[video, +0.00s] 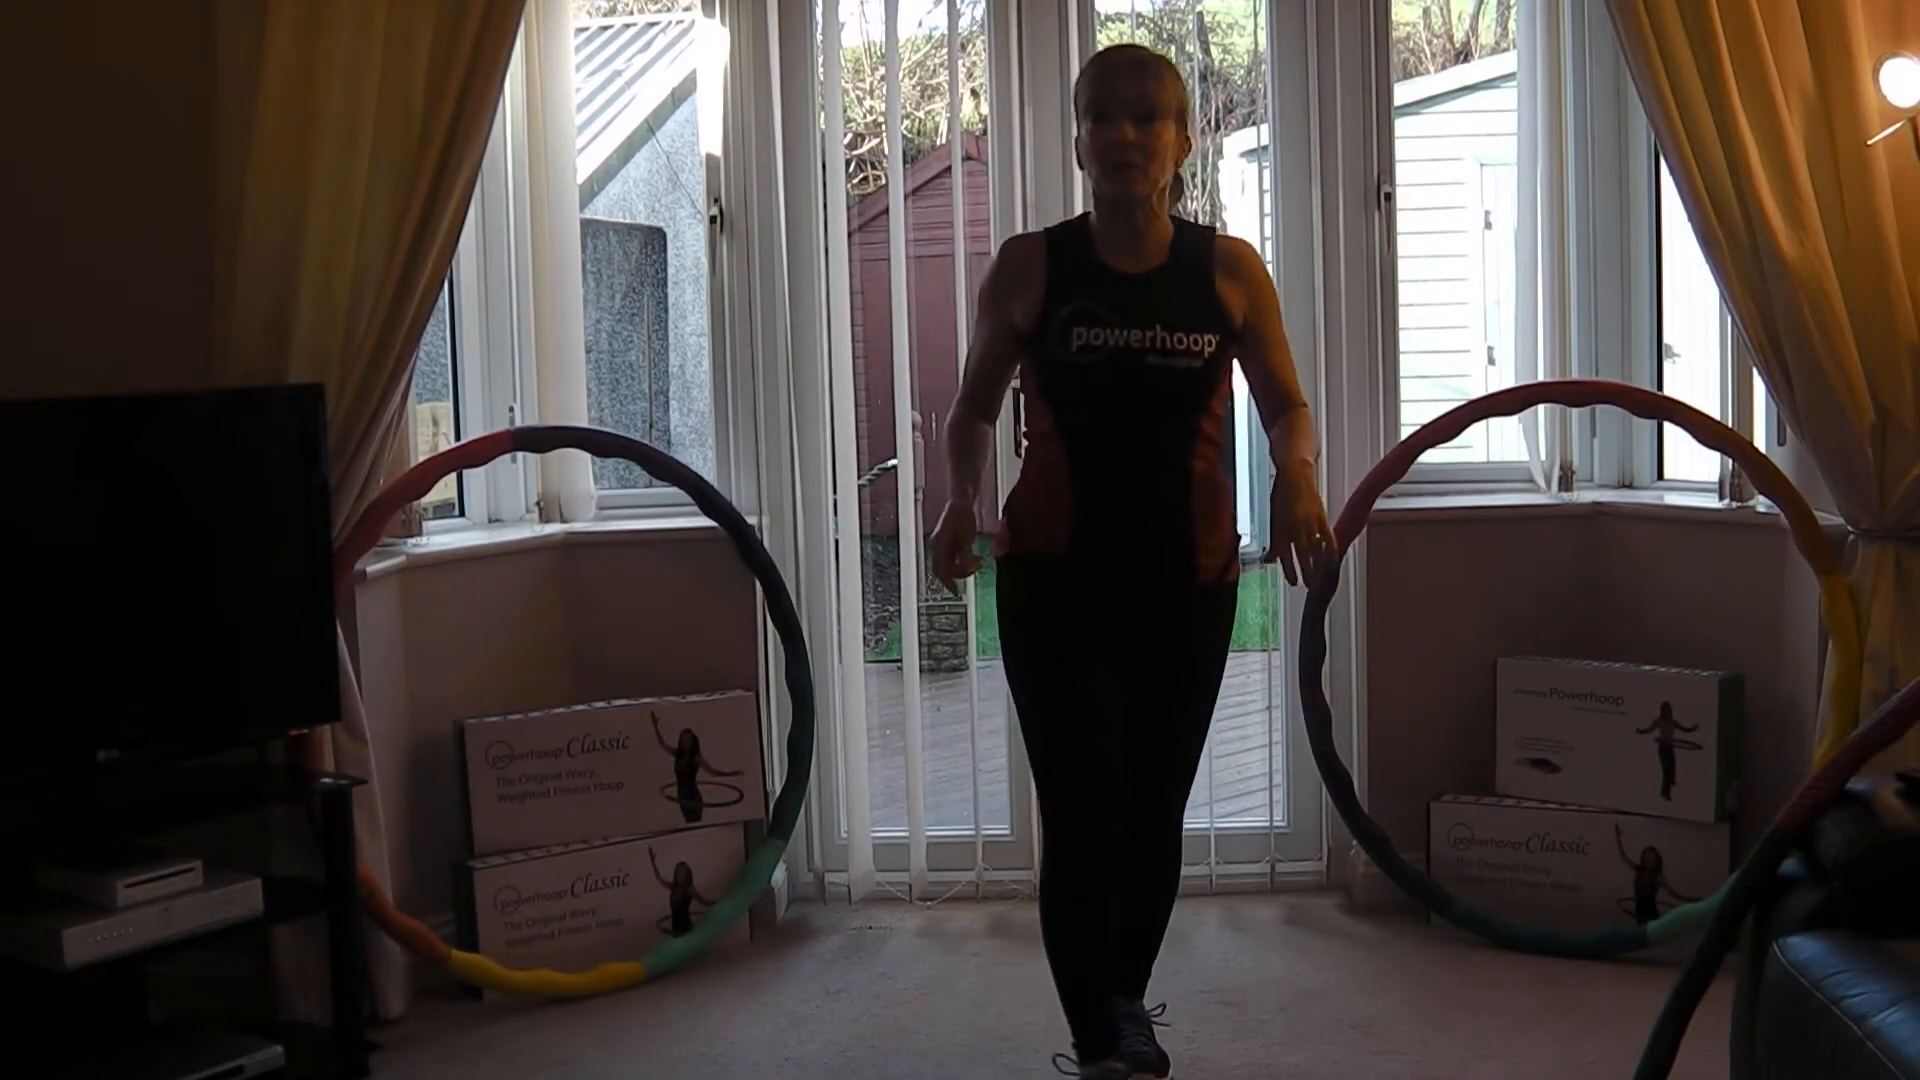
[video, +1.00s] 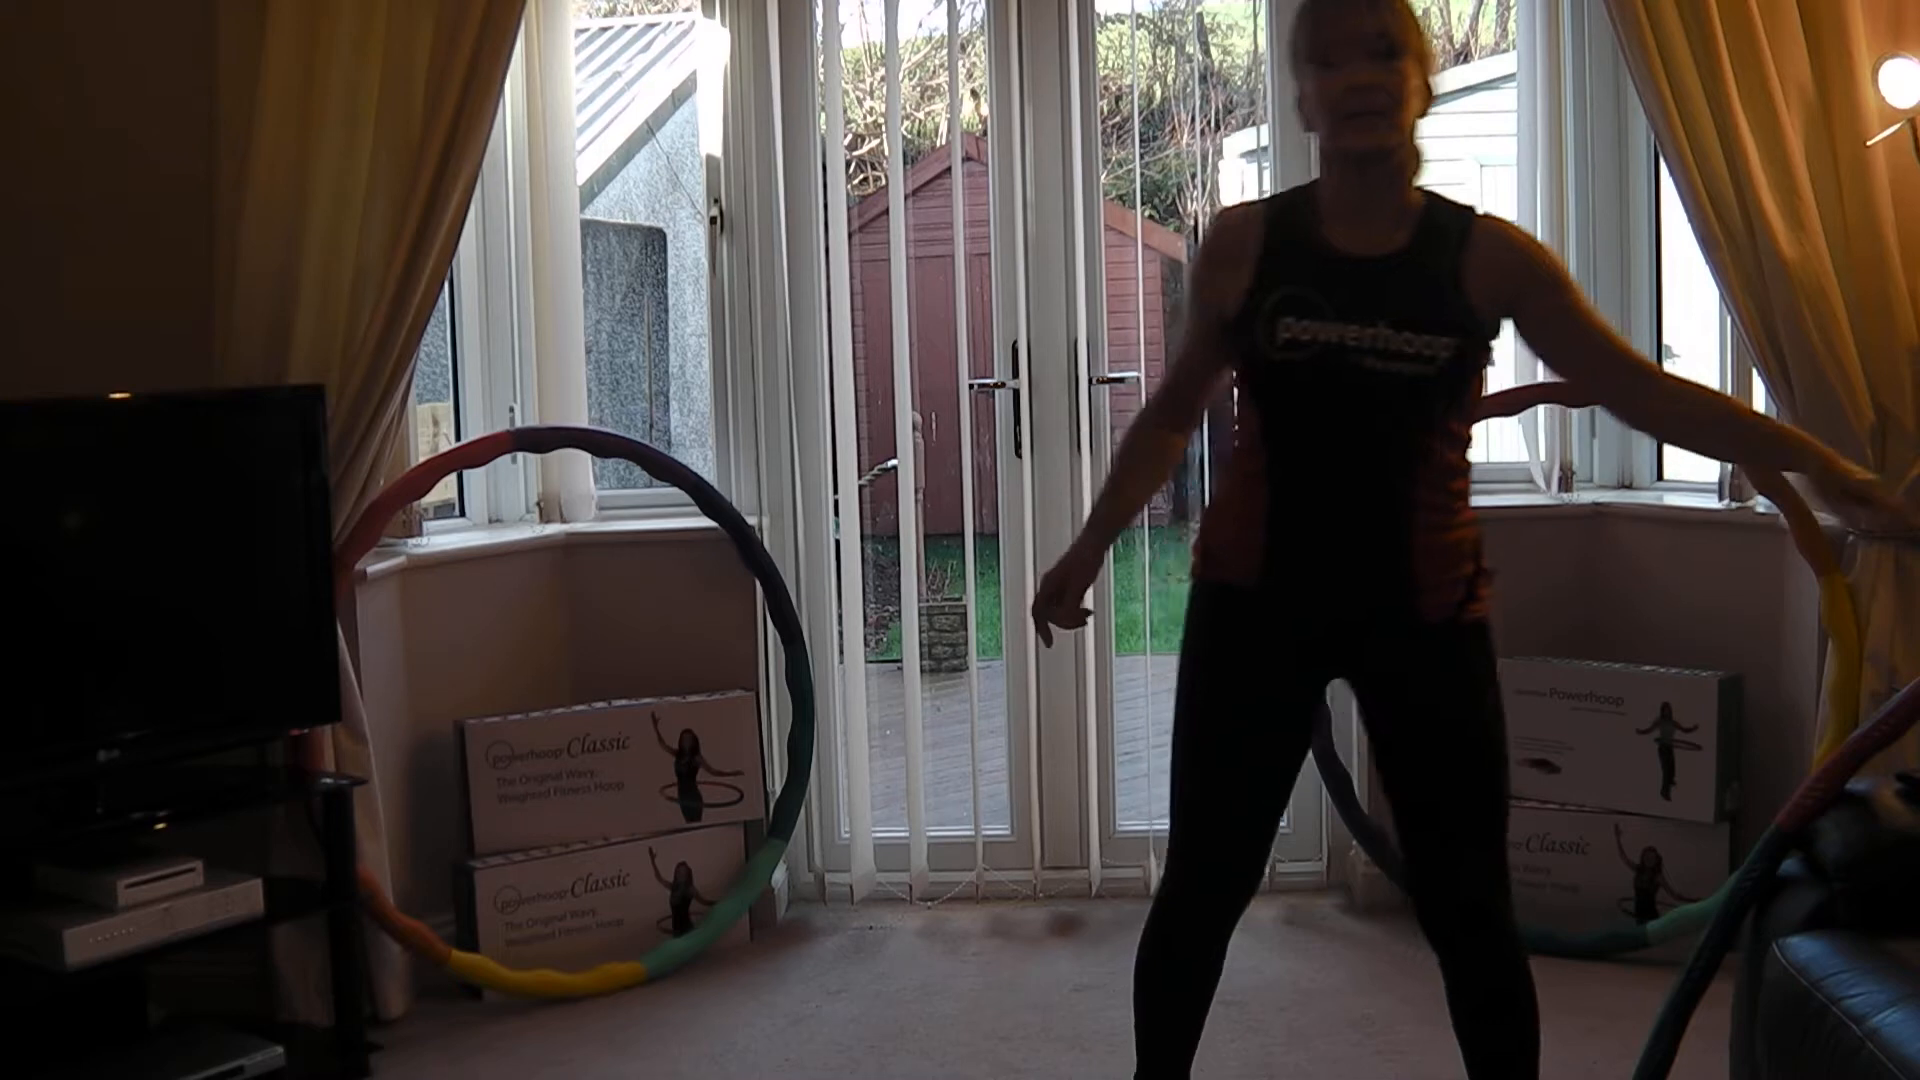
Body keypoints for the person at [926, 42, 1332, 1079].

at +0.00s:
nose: (1122, 137)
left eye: (1144, 117)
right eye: (1103, 117)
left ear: (1181, 137)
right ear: (1078, 133)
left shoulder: (1230, 268)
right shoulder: (1028, 266)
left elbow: (1283, 401)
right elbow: (975, 404)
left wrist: (1299, 483)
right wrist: (962, 502)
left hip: (1187, 579)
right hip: (1055, 577)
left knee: (1154, 805)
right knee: (1081, 806)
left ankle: (1126, 1004)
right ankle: (1096, 1034)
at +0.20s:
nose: (1166, 146)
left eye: (1183, 126)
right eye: (1142, 126)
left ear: (1206, 143)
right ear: (1095, 144)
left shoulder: (1247, 275)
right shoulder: (1040, 278)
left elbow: (1291, 417)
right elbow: (984, 424)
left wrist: (1314, 500)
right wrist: (980, 515)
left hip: (1205, 592)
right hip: (1070, 591)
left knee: (1163, 830)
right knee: (1108, 835)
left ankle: (1123, 1014)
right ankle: (1133, 1055)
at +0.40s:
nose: (1205, 130)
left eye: (1216, 111)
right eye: (1176, 109)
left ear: (1227, 128)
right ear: (1109, 125)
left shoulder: (1258, 259)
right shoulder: (1051, 270)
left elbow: (1299, 417)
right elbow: (991, 439)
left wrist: (1356, 482)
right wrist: (1034, 526)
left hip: (1231, 602)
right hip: (1097, 605)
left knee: (1223, 856)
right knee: (1125, 865)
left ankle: (1136, 992)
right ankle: (1139, 1073)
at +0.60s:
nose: (1200, 100)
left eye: (1219, 80)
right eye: (1170, 79)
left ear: (1245, 105)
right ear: (1124, 105)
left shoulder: (1284, 248)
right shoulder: (1075, 256)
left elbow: (1349, 403)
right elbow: (1006, 436)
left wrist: (1445, 464)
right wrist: (1070, 517)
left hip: (1266, 596)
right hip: (1122, 601)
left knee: (1338, 845)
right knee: (1135, 875)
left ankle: (1278, 1037)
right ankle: (1136, 1077)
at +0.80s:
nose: (1253, 91)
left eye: (1274, 69)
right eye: (1224, 70)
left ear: (1306, 93)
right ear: (1185, 95)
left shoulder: (1360, 252)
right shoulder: (1131, 250)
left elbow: (1469, 396)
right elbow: (1048, 426)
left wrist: (1597, 439)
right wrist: (1069, 526)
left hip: (1329, 600)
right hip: (1171, 604)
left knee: (1414, 892)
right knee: (1160, 889)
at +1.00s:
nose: (1357, 83)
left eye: (1379, 59)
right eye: (1330, 64)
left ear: (1418, 78)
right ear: (1299, 88)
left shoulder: (1490, 258)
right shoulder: (1241, 244)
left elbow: (1642, 391)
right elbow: (1173, 413)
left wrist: (1813, 461)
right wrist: (1085, 550)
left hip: (1420, 615)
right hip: (1254, 607)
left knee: (1470, 912)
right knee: (1199, 893)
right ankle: (1159, 1076)